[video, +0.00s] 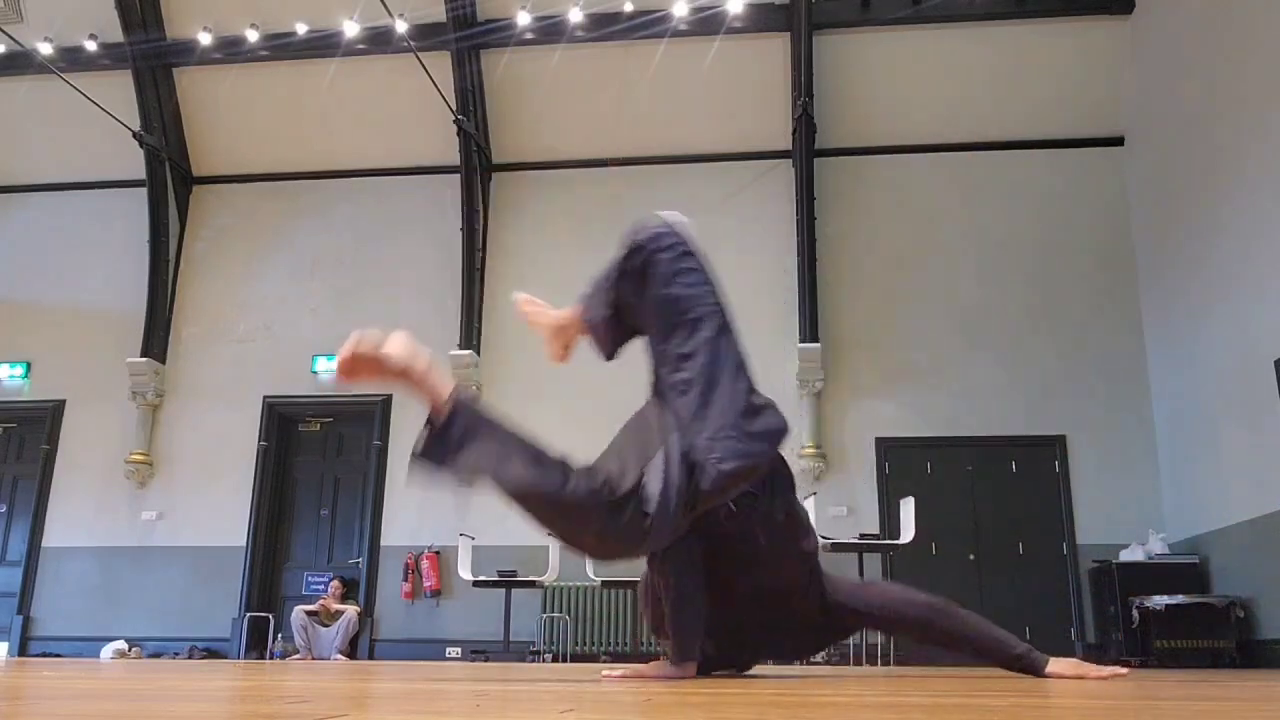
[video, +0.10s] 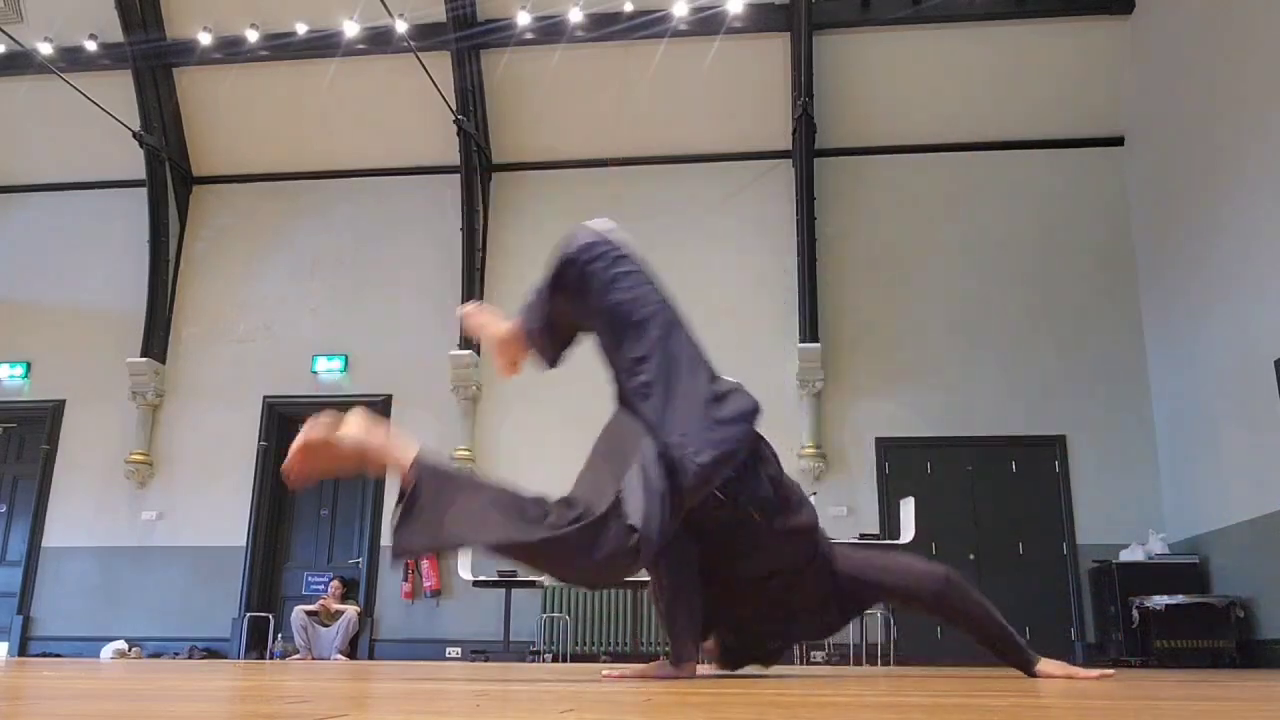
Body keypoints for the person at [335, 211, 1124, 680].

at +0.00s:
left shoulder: (702, 644)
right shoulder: (810, 603)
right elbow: (915, 614)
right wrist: (1034, 663)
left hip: (665, 506)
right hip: (741, 459)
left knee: (578, 512)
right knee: (661, 238)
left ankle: (429, 387)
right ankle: (585, 326)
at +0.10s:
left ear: (747, 641)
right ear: (819, 621)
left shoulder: (724, 629)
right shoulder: (831, 576)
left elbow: (667, 557)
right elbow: (941, 585)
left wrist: (688, 659)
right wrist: (1028, 661)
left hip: (661, 492)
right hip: (714, 453)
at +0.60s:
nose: (843, 546)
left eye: (852, 560)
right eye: (855, 530)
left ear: (835, 574)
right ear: (841, 496)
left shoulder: (743, 579)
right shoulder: (780, 429)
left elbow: (634, 546)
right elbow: (802, 326)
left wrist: (676, 652)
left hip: (573, 512)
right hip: (558, 446)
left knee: (375, 509)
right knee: (366, 508)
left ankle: (490, 621)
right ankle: (478, 634)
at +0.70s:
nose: (821, 513)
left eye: (830, 532)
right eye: (834, 500)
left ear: (809, 557)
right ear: (815, 475)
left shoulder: (732, 573)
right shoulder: (741, 438)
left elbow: (625, 545)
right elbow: (723, 347)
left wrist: (676, 653)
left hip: (544, 502)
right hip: (531, 458)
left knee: (338, 508)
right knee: (344, 521)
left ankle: (480, 622)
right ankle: (482, 638)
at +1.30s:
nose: (737, 596)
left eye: (740, 603)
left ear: (736, 609)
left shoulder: (692, 596)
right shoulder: (631, 648)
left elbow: (718, 532)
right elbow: (520, 645)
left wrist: (700, 657)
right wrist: (370, 602)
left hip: (508, 520)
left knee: (305, 504)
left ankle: (459, 609)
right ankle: (480, 628)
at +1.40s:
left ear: (750, 619)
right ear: (770, 667)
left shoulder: (706, 592)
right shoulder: (648, 654)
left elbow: (755, 544)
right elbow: (543, 654)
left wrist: (713, 656)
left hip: (528, 530)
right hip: (524, 559)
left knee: (327, 499)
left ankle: (463, 615)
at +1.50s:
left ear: (764, 628)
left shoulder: (715, 592)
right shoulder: (656, 652)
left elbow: (789, 556)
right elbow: (558, 656)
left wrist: (737, 657)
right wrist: (647, 666)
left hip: (544, 534)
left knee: (351, 497)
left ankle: (468, 624)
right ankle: (494, 623)